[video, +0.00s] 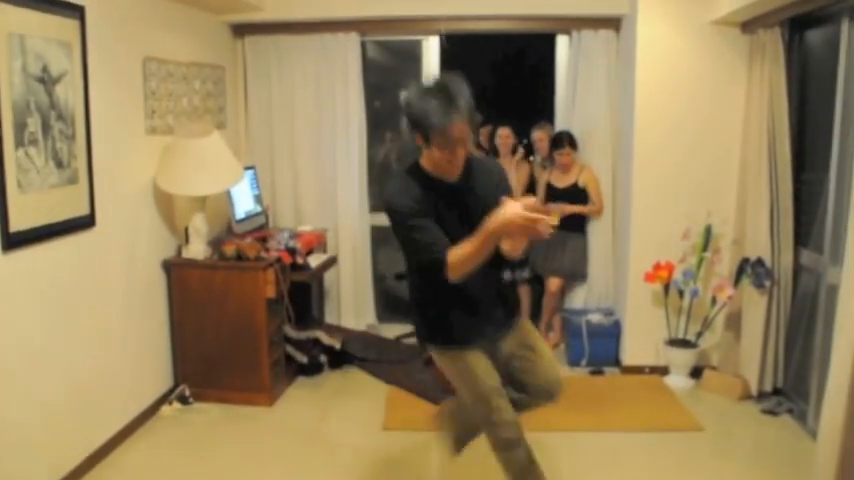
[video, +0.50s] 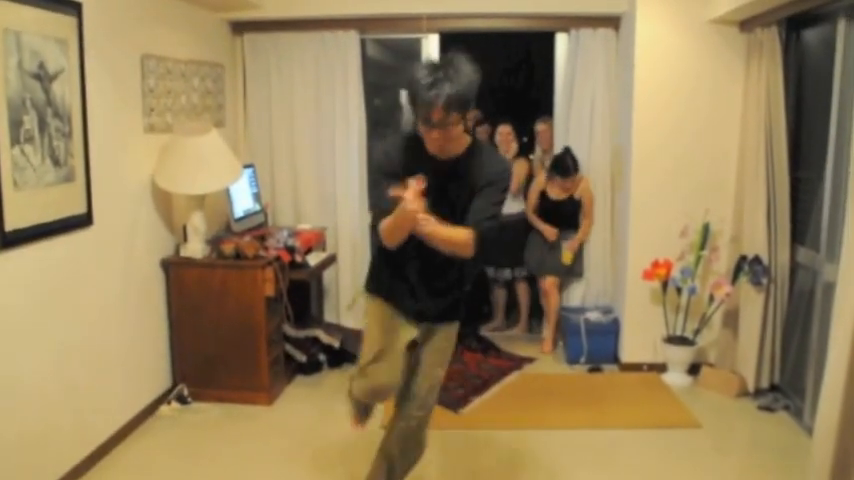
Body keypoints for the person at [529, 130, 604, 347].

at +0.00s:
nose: (564, 159)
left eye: (568, 154)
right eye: (560, 154)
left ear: (575, 153)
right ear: (553, 155)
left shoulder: (585, 174)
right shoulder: (546, 177)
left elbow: (597, 207)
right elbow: (538, 206)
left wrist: (570, 209)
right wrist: (550, 211)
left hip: (574, 235)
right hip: (550, 233)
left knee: (555, 286)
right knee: (553, 286)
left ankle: (543, 330)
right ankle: (556, 332)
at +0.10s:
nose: (565, 163)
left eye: (569, 158)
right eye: (561, 159)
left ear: (574, 156)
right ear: (553, 159)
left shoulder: (584, 175)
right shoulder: (546, 177)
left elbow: (595, 209)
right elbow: (538, 206)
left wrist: (571, 213)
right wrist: (551, 214)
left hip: (574, 233)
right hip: (550, 232)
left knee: (552, 280)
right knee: (554, 284)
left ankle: (542, 327)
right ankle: (557, 331)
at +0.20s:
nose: (565, 168)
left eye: (569, 163)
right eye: (561, 164)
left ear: (574, 159)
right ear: (553, 162)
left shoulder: (583, 177)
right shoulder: (545, 177)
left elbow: (592, 209)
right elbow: (536, 205)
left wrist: (572, 219)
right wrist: (543, 220)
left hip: (573, 231)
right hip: (549, 230)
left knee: (551, 279)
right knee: (553, 283)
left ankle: (542, 329)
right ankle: (556, 330)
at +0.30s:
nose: (566, 171)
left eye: (569, 166)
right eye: (561, 167)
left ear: (574, 162)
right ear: (553, 164)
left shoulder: (582, 179)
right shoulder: (545, 177)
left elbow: (591, 211)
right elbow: (532, 201)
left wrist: (564, 221)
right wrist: (545, 217)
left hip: (570, 229)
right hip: (547, 228)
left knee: (550, 280)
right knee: (553, 283)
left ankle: (544, 331)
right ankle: (556, 330)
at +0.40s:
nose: (564, 179)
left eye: (568, 175)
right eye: (560, 175)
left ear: (574, 169)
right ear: (551, 170)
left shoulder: (583, 183)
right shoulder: (541, 178)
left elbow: (589, 215)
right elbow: (530, 208)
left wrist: (572, 231)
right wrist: (546, 225)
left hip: (570, 232)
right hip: (544, 231)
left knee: (550, 282)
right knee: (546, 284)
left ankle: (549, 332)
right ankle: (552, 329)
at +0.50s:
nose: (567, 185)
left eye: (570, 180)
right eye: (563, 181)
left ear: (576, 175)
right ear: (553, 176)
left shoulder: (583, 187)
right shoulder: (541, 182)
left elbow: (587, 219)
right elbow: (529, 211)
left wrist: (575, 242)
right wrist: (544, 228)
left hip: (568, 234)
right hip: (542, 231)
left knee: (550, 283)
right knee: (543, 284)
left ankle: (549, 333)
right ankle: (551, 329)